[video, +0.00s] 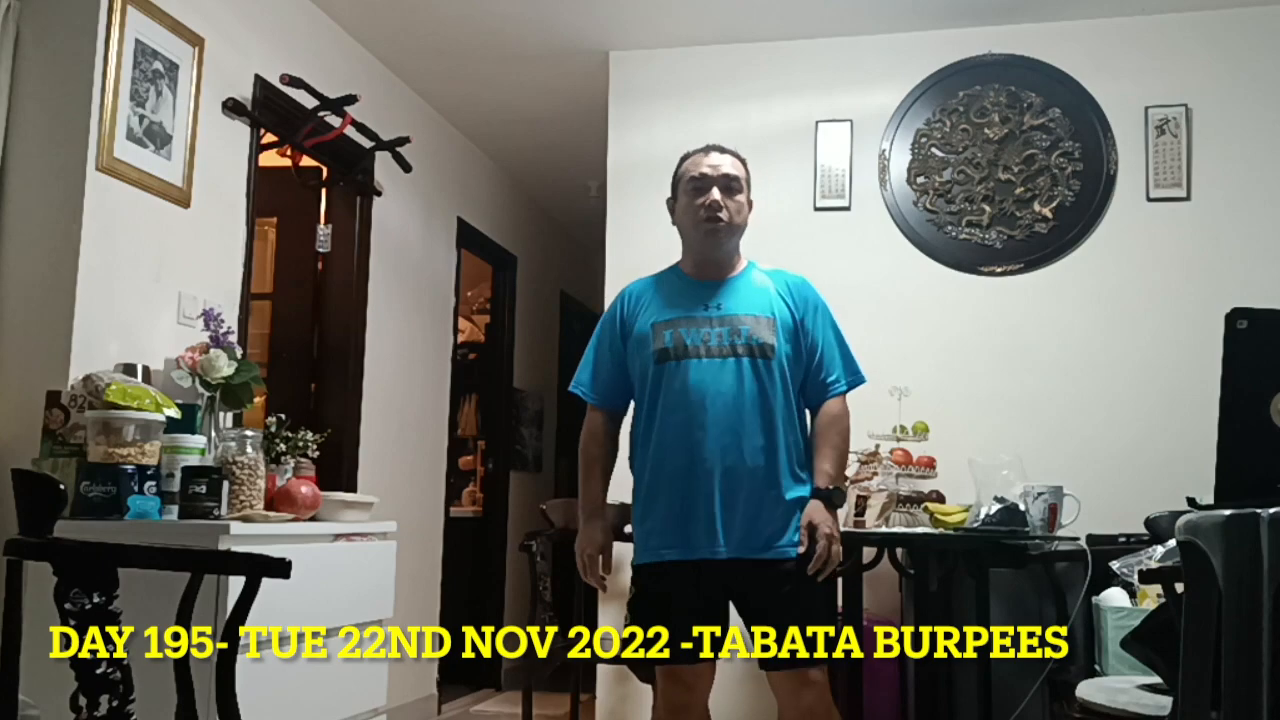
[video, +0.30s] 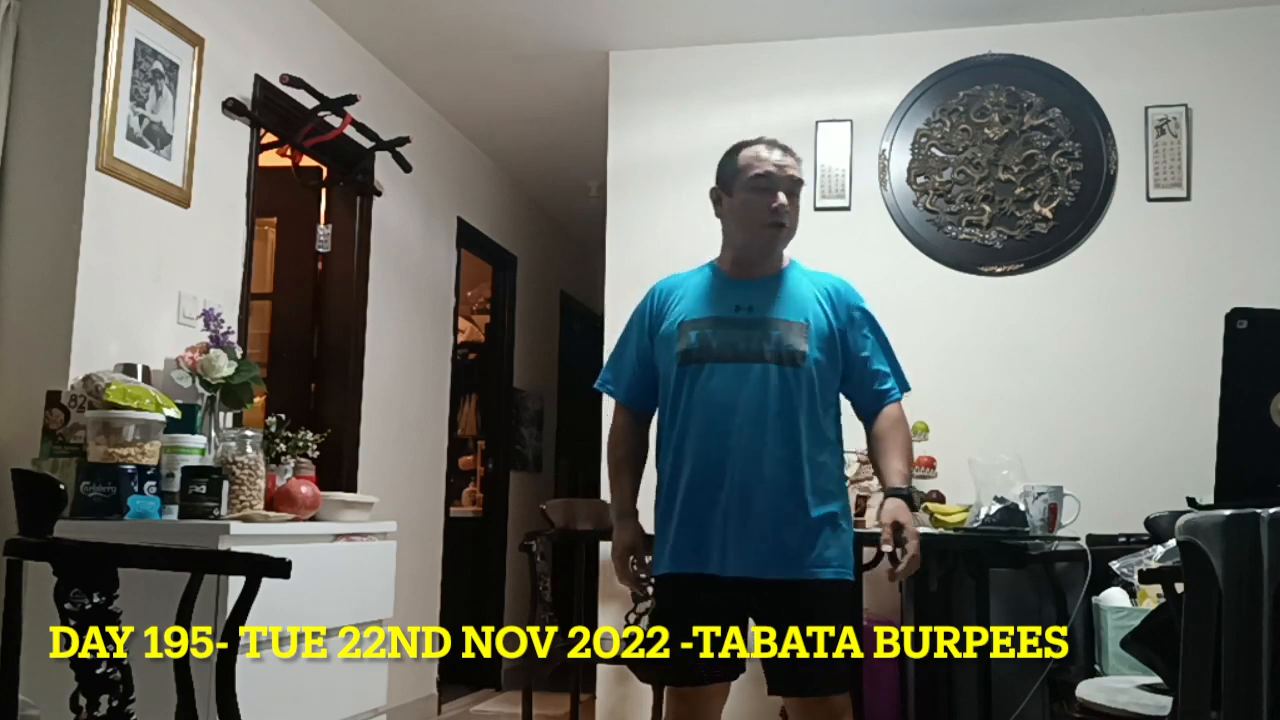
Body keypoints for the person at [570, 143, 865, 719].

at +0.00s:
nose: (714, 195)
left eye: (730, 186)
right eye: (697, 186)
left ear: (749, 209)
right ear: (673, 209)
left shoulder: (794, 296)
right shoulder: (635, 304)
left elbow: (832, 401)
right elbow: (600, 416)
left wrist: (825, 498)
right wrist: (592, 516)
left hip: (779, 537)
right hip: (672, 541)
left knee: (807, 690)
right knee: (678, 691)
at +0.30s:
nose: (780, 202)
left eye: (791, 191)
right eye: (761, 187)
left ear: (802, 207)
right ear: (720, 201)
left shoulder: (835, 301)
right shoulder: (668, 301)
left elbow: (885, 407)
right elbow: (629, 418)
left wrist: (896, 493)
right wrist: (625, 520)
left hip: (810, 557)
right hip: (695, 552)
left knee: (823, 706)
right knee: (690, 703)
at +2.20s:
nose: (789, 152)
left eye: (799, 140)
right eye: (767, 134)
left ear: (804, 157)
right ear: (713, 148)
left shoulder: (832, 268)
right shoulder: (642, 259)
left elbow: (851, 406)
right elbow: (599, 388)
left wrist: (844, 522)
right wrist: (603, 503)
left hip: (796, 552)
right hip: (672, 548)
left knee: (816, 711)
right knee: (670, 708)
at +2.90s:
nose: (747, 161)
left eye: (755, 149)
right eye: (727, 143)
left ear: (761, 165)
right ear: (674, 155)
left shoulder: (785, 260)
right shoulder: (612, 254)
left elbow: (860, 336)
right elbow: (563, 338)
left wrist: (755, 347)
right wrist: (689, 322)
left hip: (766, 547)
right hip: (644, 543)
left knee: (777, 710)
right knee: (655, 709)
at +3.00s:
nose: (749, 159)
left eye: (757, 147)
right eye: (728, 141)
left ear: (763, 163)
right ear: (675, 154)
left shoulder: (789, 258)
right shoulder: (614, 253)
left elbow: (860, 336)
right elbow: (565, 334)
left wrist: (749, 353)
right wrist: (691, 328)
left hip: (770, 546)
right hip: (647, 542)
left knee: (778, 710)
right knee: (656, 709)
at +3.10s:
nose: (750, 156)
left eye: (758, 145)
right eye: (729, 139)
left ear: (764, 162)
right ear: (676, 151)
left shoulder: (792, 257)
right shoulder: (615, 250)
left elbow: (856, 341)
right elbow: (568, 335)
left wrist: (749, 365)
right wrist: (693, 336)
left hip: (772, 545)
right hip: (649, 541)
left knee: (779, 710)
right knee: (657, 708)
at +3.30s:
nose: (737, 152)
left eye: (747, 138)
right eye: (713, 135)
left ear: (758, 153)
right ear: (665, 152)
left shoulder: (797, 259)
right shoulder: (610, 258)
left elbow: (825, 369)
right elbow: (579, 376)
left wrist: (785, 466)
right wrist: (659, 447)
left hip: (771, 561)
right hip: (650, 561)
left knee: (778, 713)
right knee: (658, 710)